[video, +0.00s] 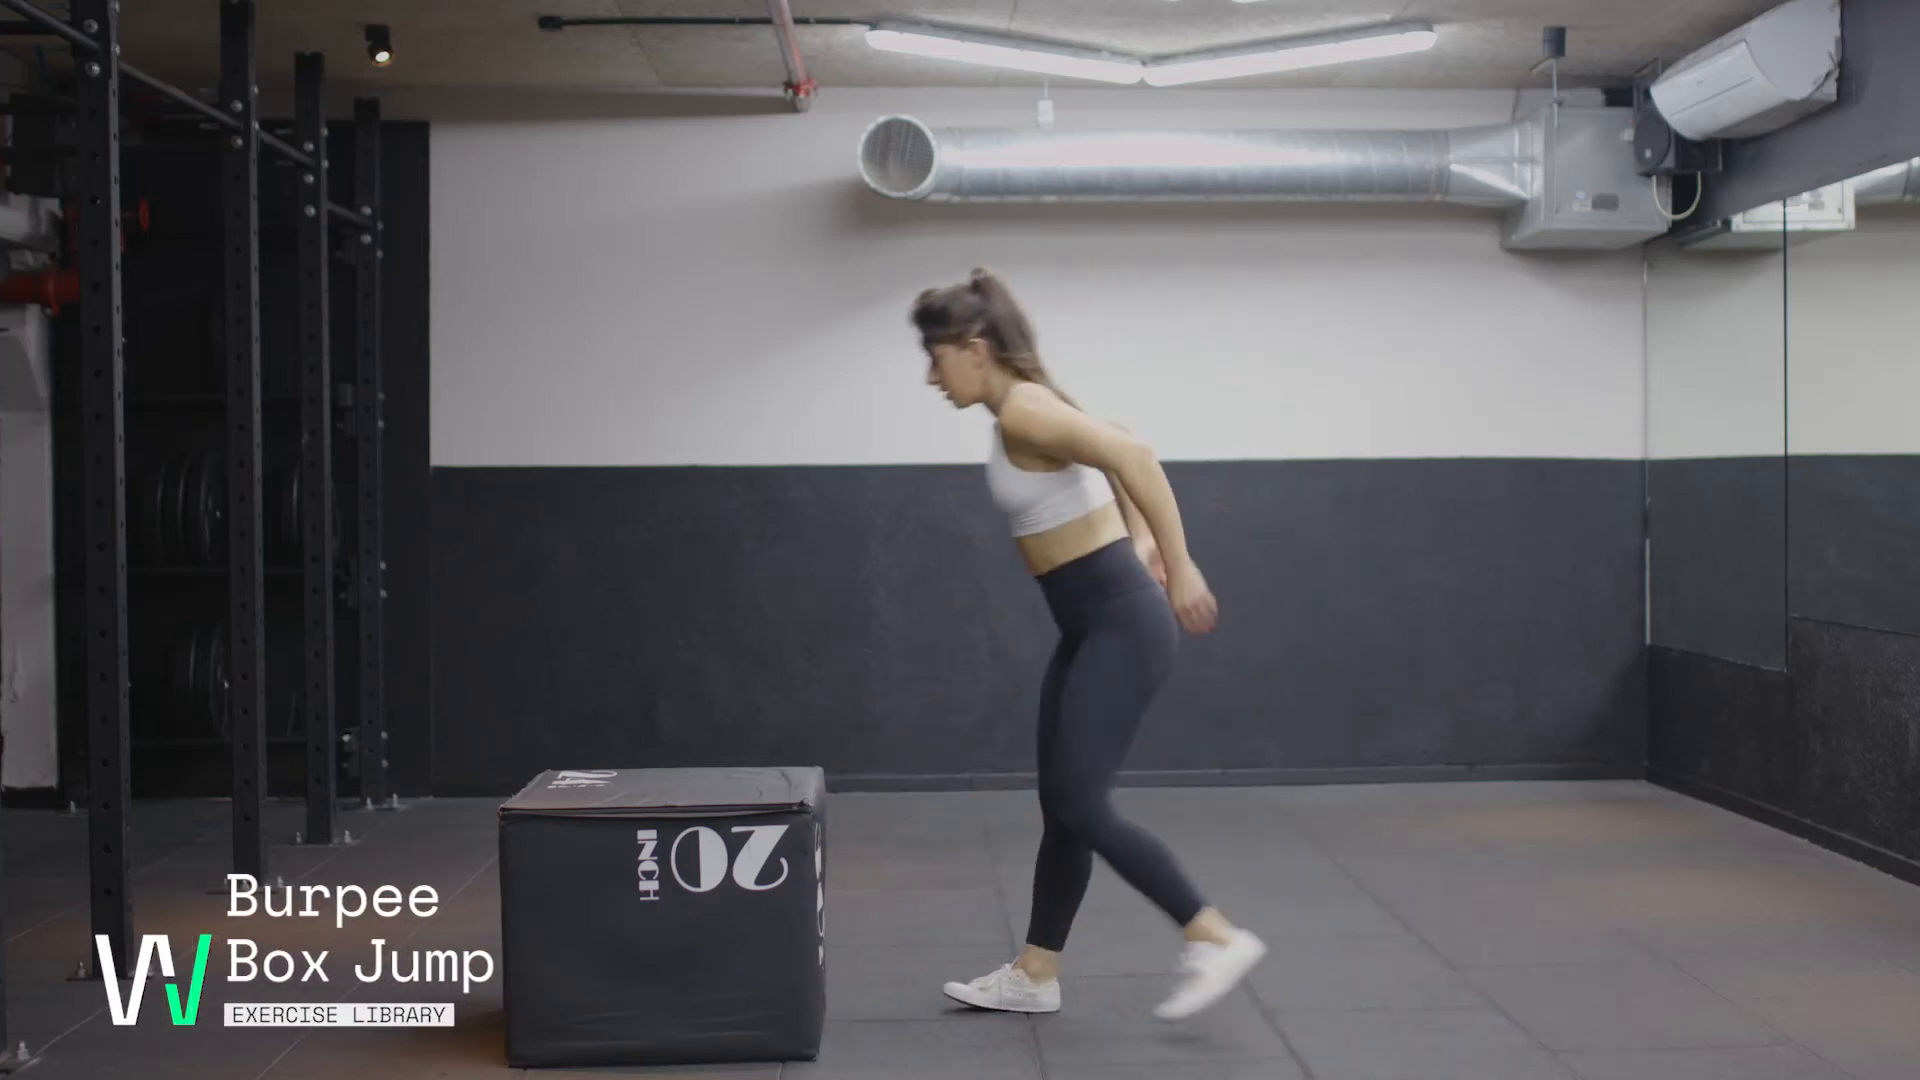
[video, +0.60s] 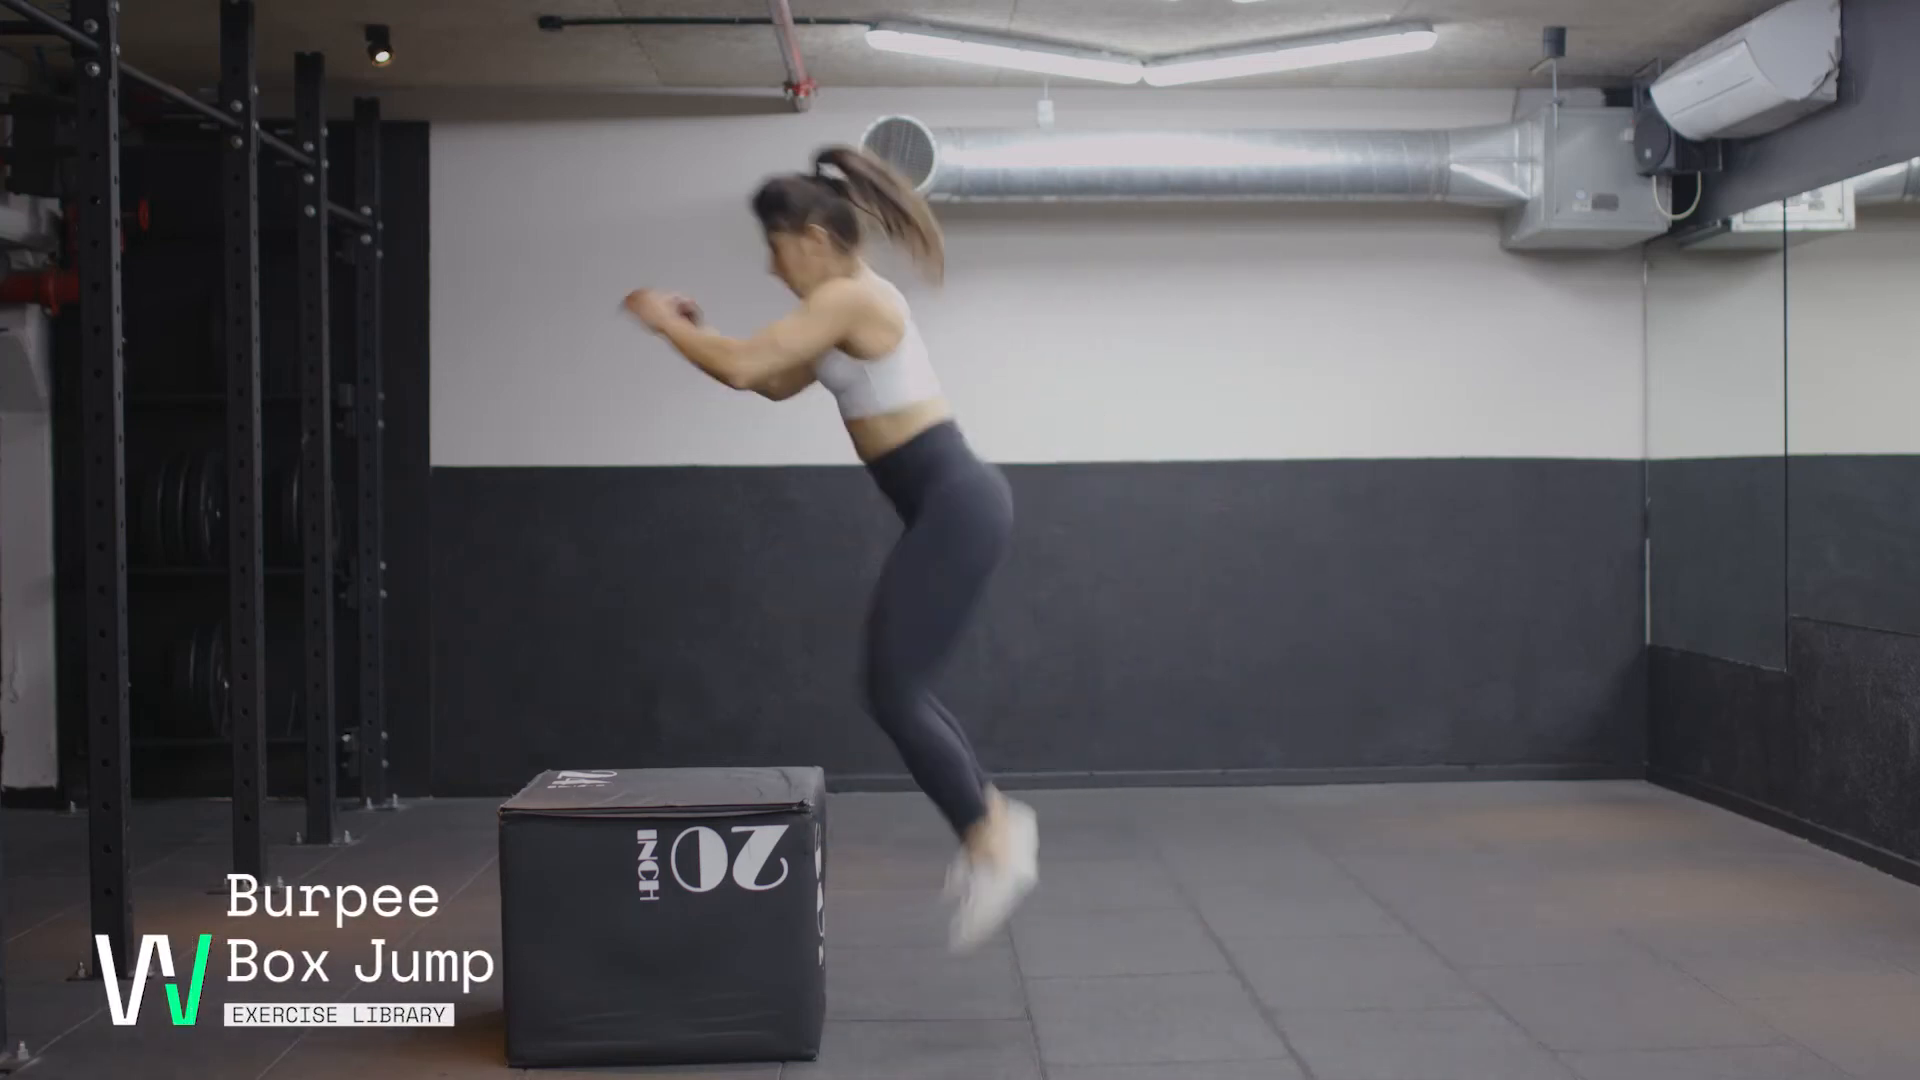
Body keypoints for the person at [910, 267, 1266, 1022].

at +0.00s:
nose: (929, 372)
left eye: (936, 354)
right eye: (928, 356)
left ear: (977, 348)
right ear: (979, 350)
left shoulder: (1024, 411)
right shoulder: (1022, 412)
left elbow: (1136, 457)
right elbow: (1118, 462)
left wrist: (1181, 570)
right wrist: (1145, 553)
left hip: (1122, 623)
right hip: (1091, 625)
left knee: (1081, 802)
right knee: (1063, 799)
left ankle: (1216, 938)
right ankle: (1037, 970)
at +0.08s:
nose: (892, 380)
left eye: (899, 362)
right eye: (890, 364)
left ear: (942, 355)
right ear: (941, 359)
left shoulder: (991, 414)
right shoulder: (988, 415)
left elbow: (1113, 441)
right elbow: (1094, 447)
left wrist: (1172, 538)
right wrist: (1124, 531)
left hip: (1107, 618)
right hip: (1084, 617)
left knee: (1055, 792)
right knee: (1050, 792)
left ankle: (1139, 960)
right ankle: (1036, 968)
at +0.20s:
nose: (846, 408)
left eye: (852, 390)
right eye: (844, 392)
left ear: (893, 383)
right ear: (892, 385)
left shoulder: (952, 440)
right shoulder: (940, 446)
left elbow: (1069, 488)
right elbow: (1066, 486)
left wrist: (1114, 598)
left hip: (1076, 623)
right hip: (1058, 626)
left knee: (1015, 793)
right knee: (1009, 790)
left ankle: (1038, 991)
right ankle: (1027, 977)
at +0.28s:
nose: (832, 427)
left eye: (838, 410)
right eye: (831, 411)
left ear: (879, 408)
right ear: (878, 410)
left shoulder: (942, 472)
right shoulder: (923, 477)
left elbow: (1027, 572)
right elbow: (1005, 584)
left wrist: (999, 686)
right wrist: (980, 674)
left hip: (1068, 656)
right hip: (1050, 652)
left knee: (966, 811)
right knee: (962, 807)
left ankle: (1031, 996)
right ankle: (1022, 978)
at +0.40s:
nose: (843, 419)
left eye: (851, 403)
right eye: (843, 404)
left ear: (894, 401)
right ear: (894, 404)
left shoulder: (928, 481)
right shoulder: (916, 478)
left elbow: (857, 590)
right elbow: (847, 571)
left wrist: (748, 571)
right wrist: (751, 562)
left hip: (1027, 678)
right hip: (1013, 675)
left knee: (923, 840)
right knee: (930, 834)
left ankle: (1027, 996)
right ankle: (1019, 977)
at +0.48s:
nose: (830, 347)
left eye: (841, 333)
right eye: (830, 333)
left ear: (883, 331)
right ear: (869, 336)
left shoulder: (901, 401)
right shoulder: (888, 400)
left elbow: (784, 471)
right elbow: (788, 468)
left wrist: (721, 393)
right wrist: (730, 397)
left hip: (988, 623)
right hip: (972, 620)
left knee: (951, 803)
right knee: (949, 800)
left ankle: (1023, 985)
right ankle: (1016, 966)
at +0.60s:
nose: (772, 261)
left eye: (776, 244)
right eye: (771, 247)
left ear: (814, 237)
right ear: (822, 238)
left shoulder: (852, 299)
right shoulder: (851, 304)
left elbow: (746, 367)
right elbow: (774, 384)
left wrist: (668, 326)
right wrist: (691, 331)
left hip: (955, 505)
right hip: (944, 504)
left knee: (894, 688)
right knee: (895, 683)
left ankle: (989, 840)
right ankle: (993, 821)